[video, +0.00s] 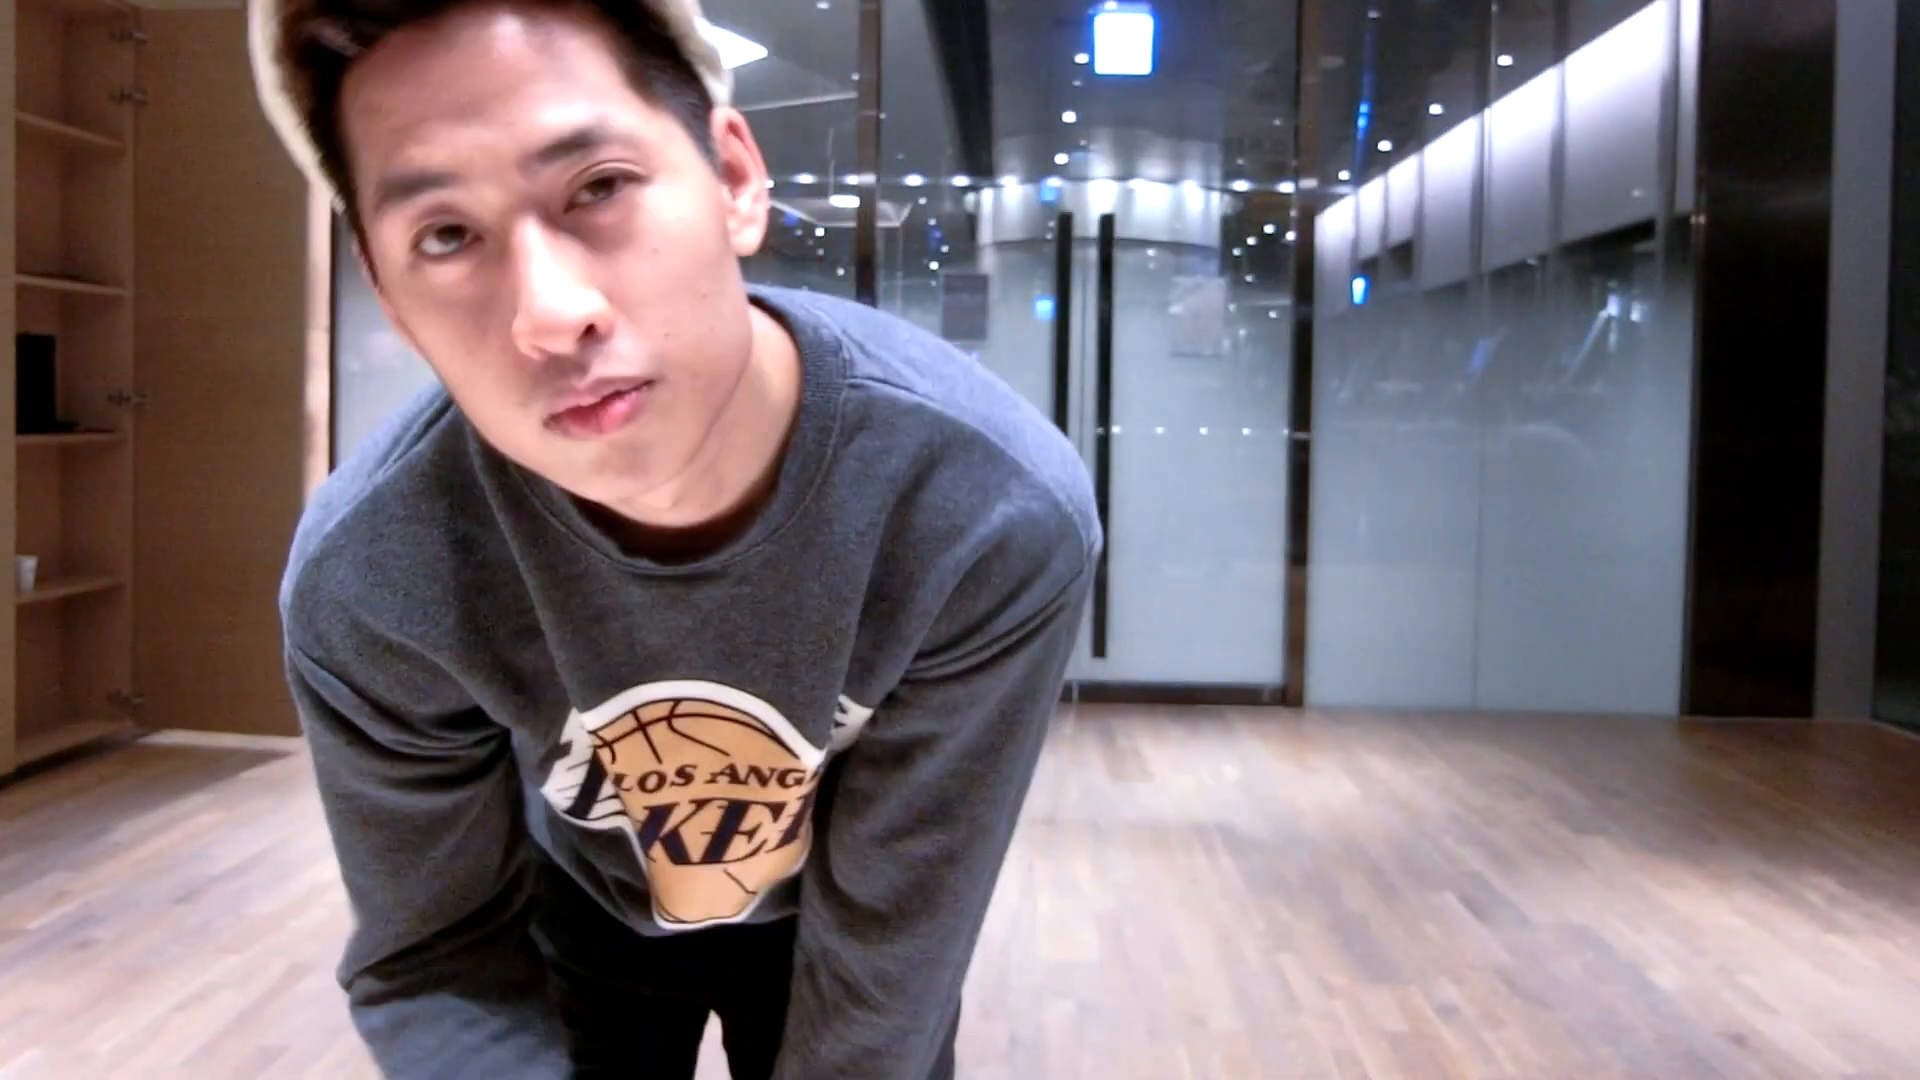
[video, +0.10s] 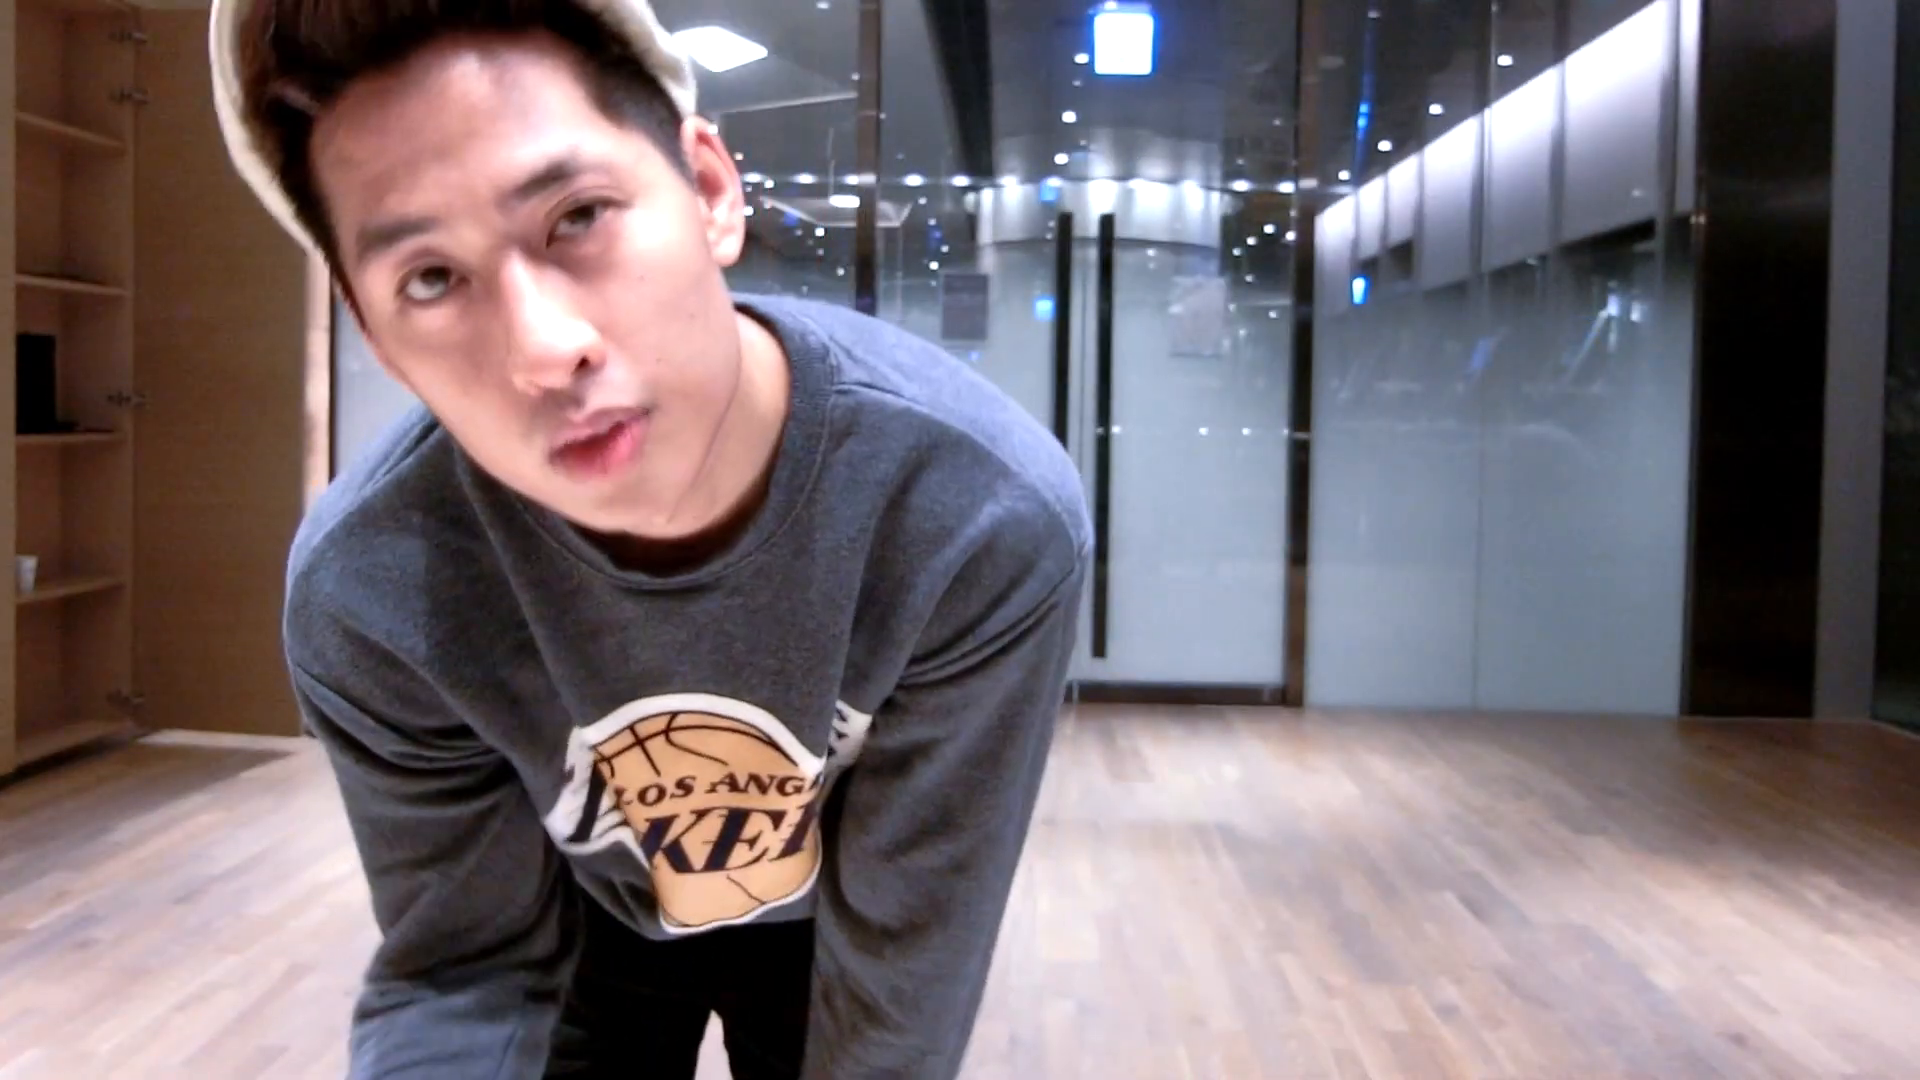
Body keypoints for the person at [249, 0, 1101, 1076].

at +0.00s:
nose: (549, 315)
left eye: (596, 188)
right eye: (446, 234)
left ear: (736, 182)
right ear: (386, 289)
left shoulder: (993, 520)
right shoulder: (367, 587)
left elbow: (882, 981)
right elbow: (436, 963)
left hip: (846, 926)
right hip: (586, 926)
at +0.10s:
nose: (544, 355)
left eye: (578, 219)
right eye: (432, 279)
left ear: (711, 191)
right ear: (370, 331)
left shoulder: (984, 522)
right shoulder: (367, 594)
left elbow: (894, 1007)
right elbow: (461, 974)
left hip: (843, 910)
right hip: (582, 911)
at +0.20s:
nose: (551, 406)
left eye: (574, 270)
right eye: (433, 335)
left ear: (703, 228)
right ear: (367, 376)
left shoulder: (971, 539)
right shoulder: (364, 613)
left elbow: (894, 1028)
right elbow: (447, 1002)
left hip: (842, 917)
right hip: (584, 914)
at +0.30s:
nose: (557, 432)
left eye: (581, 293)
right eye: (435, 357)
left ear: (700, 247)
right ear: (358, 385)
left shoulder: (959, 543)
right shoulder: (352, 610)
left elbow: (899, 1022)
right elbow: (412, 985)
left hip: (844, 926)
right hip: (568, 923)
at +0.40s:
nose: (543, 376)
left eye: (574, 239)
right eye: (426, 295)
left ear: (693, 203)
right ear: (352, 346)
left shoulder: (949, 520)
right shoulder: (344, 575)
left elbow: (894, 1018)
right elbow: (423, 944)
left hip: (840, 915)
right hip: (567, 915)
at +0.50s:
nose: (532, 323)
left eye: (563, 192)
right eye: (418, 244)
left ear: (688, 174)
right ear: (341, 294)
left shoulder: (936, 501)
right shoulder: (336, 548)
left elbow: (885, 985)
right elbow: (433, 931)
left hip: (833, 917)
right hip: (566, 917)